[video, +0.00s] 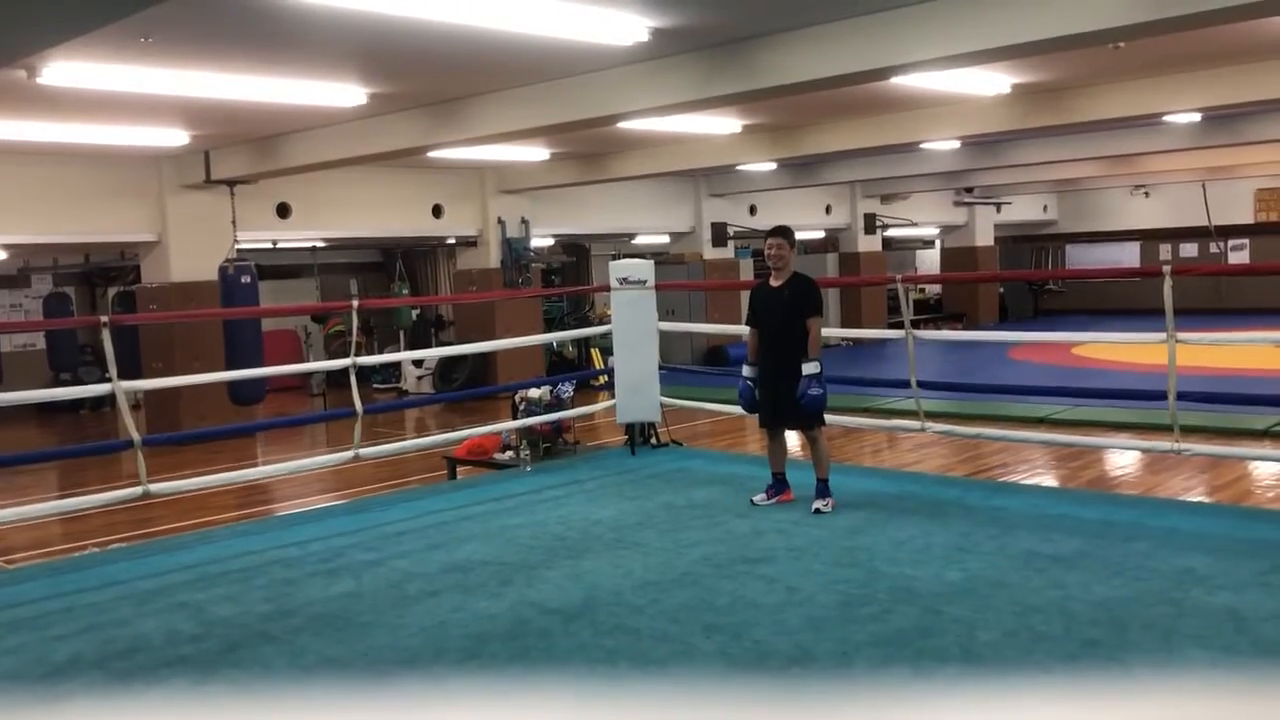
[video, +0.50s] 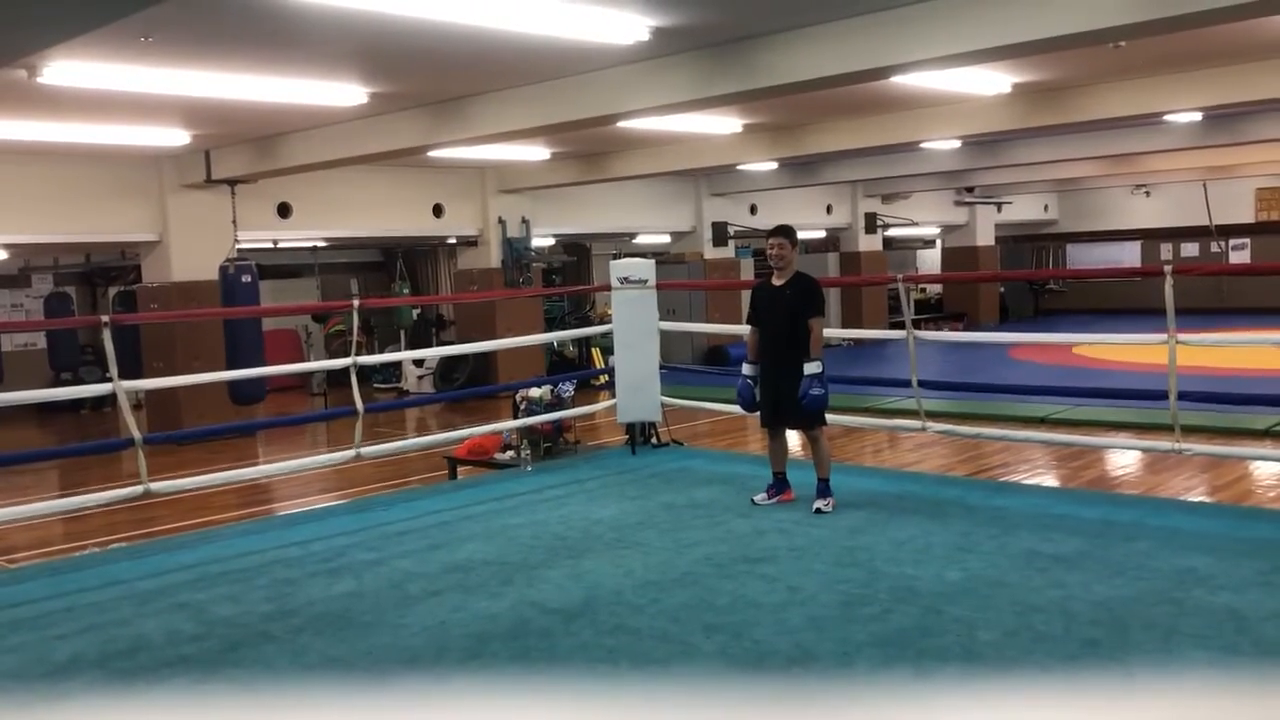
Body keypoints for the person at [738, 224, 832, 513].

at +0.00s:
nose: (773, 253)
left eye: (779, 247)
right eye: (769, 248)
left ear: (792, 250)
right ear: (764, 252)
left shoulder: (806, 286)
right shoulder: (759, 290)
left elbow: (814, 331)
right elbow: (753, 334)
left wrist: (814, 373)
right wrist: (749, 375)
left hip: (799, 372)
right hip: (768, 372)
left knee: (812, 432)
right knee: (773, 430)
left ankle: (822, 490)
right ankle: (779, 485)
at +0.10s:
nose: (773, 252)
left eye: (779, 247)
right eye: (769, 247)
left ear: (793, 250)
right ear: (765, 252)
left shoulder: (807, 286)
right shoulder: (760, 289)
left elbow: (815, 330)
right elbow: (753, 334)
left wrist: (815, 372)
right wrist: (749, 375)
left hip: (800, 372)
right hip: (770, 372)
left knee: (813, 432)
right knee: (774, 430)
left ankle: (824, 490)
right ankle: (780, 485)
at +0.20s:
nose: (772, 253)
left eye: (778, 247)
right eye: (768, 248)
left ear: (792, 250)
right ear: (763, 252)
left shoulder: (806, 286)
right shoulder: (759, 289)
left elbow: (814, 330)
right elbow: (752, 333)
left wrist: (814, 372)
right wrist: (747, 375)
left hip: (799, 372)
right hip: (768, 372)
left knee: (812, 431)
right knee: (772, 430)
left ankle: (822, 490)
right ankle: (778, 484)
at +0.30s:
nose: (773, 252)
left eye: (779, 247)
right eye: (769, 248)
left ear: (793, 249)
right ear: (765, 252)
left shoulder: (807, 285)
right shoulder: (760, 288)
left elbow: (816, 330)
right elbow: (753, 333)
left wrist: (815, 372)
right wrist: (748, 374)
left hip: (801, 371)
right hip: (770, 372)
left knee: (813, 431)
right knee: (774, 429)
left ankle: (824, 490)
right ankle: (780, 484)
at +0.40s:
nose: (774, 252)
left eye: (780, 246)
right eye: (770, 247)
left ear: (794, 249)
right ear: (766, 251)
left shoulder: (808, 285)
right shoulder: (761, 288)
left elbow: (816, 330)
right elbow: (754, 333)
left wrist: (815, 372)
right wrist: (748, 374)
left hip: (801, 371)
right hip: (770, 371)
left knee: (813, 431)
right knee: (774, 429)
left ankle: (824, 490)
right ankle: (780, 484)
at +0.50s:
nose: (774, 252)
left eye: (781, 247)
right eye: (770, 248)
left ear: (794, 250)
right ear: (766, 252)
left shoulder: (808, 286)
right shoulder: (761, 289)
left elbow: (816, 331)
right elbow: (754, 333)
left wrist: (815, 372)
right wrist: (748, 375)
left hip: (801, 372)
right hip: (770, 372)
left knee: (813, 432)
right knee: (774, 430)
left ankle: (823, 490)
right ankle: (779, 485)